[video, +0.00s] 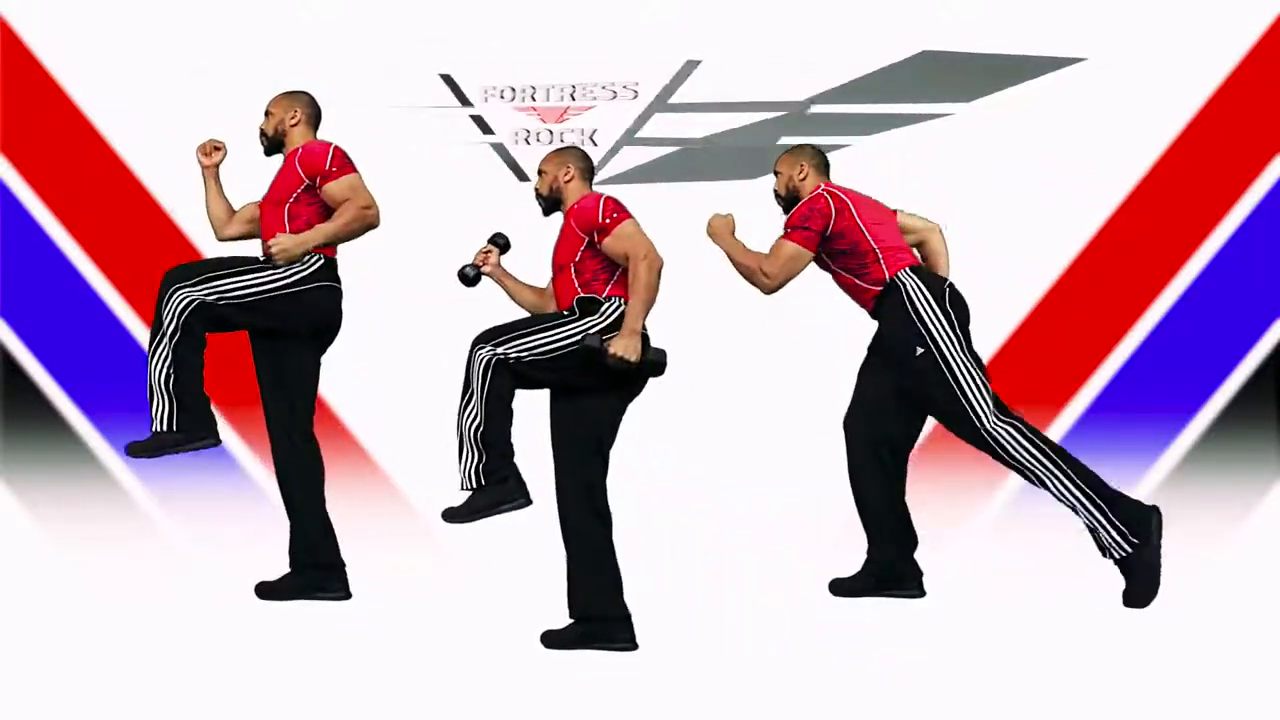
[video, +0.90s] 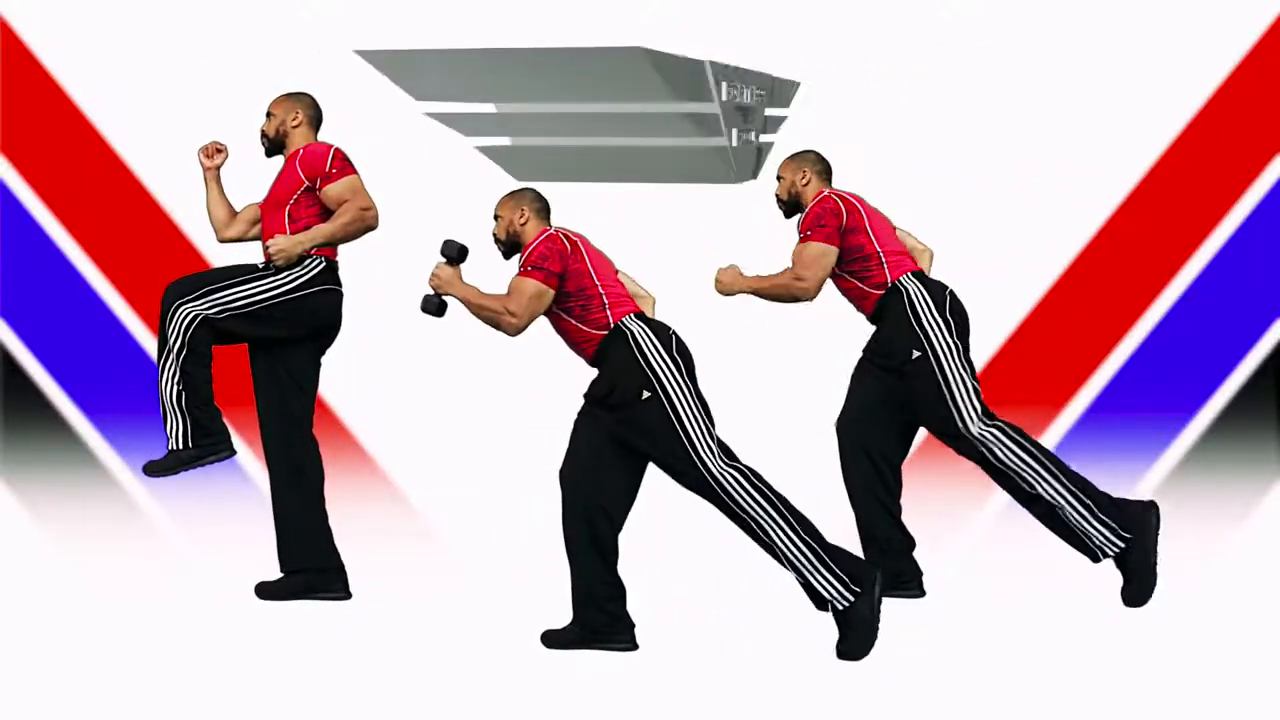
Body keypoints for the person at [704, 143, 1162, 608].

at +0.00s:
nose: (773, 188)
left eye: (778, 177)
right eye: (773, 179)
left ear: (804, 172)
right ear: (813, 178)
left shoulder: (819, 204)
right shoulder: (851, 203)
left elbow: (768, 276)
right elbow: (928, 231)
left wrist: (724, 239)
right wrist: (940, 302)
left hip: (915, 303)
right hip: (903, 315)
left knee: (985, 423)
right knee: (869, 436)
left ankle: (1128, 528)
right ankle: (892, 568)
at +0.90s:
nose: (776, 188)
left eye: (783, 178)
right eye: (776, 181)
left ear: (808, 177)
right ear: (815, 184)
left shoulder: (827, 207)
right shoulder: (852, 211)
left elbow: (803, 282)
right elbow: (919, 254)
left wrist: (742, 284)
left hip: (917, 306)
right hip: (897, 323)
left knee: (969, 427)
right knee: (861, 434)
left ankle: (1121, 529)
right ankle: (893, 567)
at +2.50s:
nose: (773, 199)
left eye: (779, 189)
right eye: (773, 191)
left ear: (805, 188)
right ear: (811, 191)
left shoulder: (818, 216)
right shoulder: (846, 219)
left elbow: (772, 289)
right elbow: (922, 248)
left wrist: (724, 258)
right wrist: (942, 313)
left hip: (920, 309)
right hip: (903, 325)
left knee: (1001, 424)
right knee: (864, 437)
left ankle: (1136, 531)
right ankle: (891, 567)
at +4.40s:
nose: (780, 166)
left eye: (784, 155)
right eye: (780, 159)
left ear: (809, 152)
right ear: (813, 155)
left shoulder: (836, 183)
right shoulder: (833, 195)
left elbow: (829, 258)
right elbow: (883, 271)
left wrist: (757, 274)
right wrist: (864, 324)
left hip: (907, 292)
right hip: (885, 309)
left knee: (888, 426)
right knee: (868, 440)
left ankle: (1016, 500)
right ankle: (895, 580)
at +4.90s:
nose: (768, 199)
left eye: (774, 189)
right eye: (768, 192)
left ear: (802, 186)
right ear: (811, 191)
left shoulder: (818, 218)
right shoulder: (849, 220)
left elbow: (769, 289)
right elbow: (924, 247)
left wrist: (724, 256)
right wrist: (943, 314)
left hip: (921, 309)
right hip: (902, 326)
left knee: (1002, 427)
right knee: (868, 440)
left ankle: (1141, 532)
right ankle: (896, 582)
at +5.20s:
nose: (768, 200)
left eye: (774, 190)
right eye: (768, 192)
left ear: (802, 189)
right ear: (807, 192)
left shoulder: (815, 220)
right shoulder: (845, 221)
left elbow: (768, 293)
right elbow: (923, 249)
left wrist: (722, 259)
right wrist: (941, 315)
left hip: (920, 311)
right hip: (903, 325)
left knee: (1003, 431)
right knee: (865, 437)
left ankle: (1142, 533)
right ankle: (890, 568)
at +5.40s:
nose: (767, 201)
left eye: (773, 190)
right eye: (768, 193)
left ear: (801, 189)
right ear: (807, 192)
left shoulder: (814, 219)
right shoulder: (844, 221)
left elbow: (768, 292)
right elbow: (920, 251)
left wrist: (722, 259)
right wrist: (936, 317)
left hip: (920, 312)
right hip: (901, 328)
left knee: (1003, 430)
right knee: (863, 436)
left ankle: (1143, 535)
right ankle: (889, 568)